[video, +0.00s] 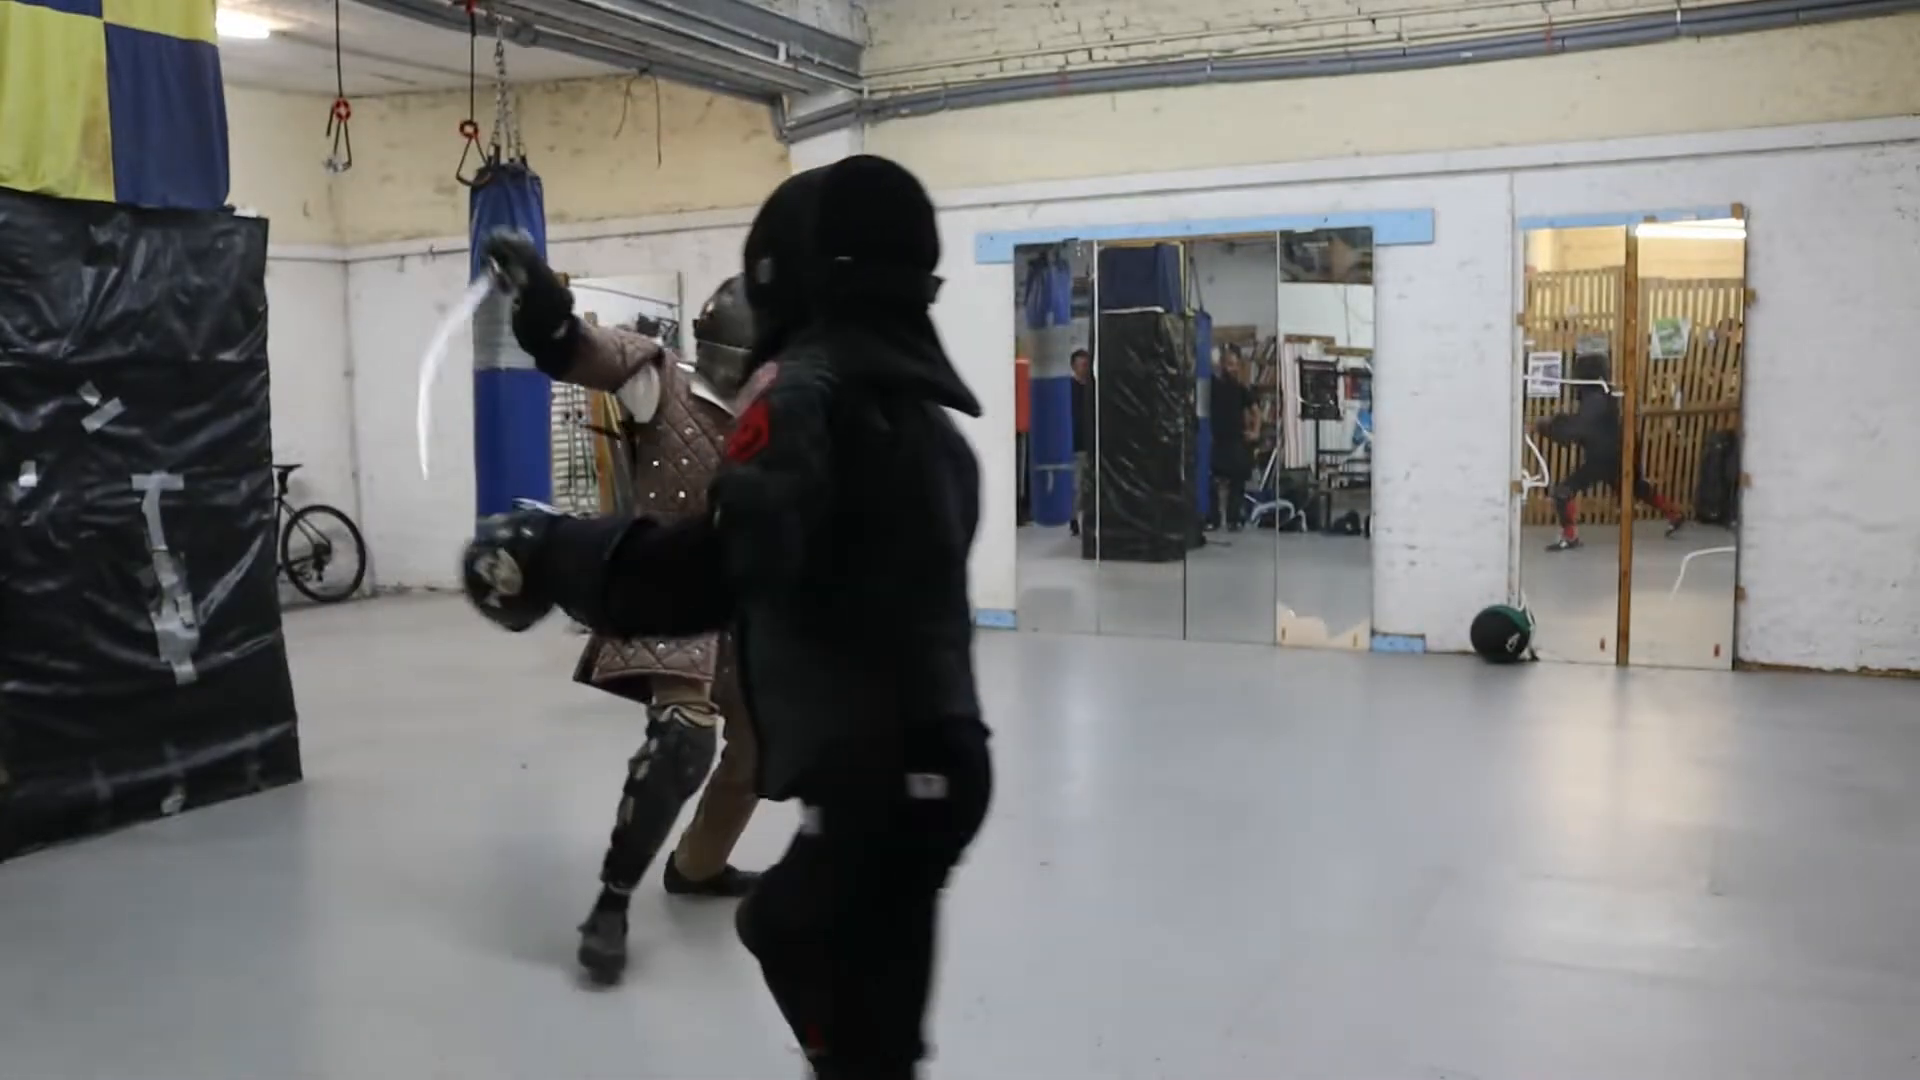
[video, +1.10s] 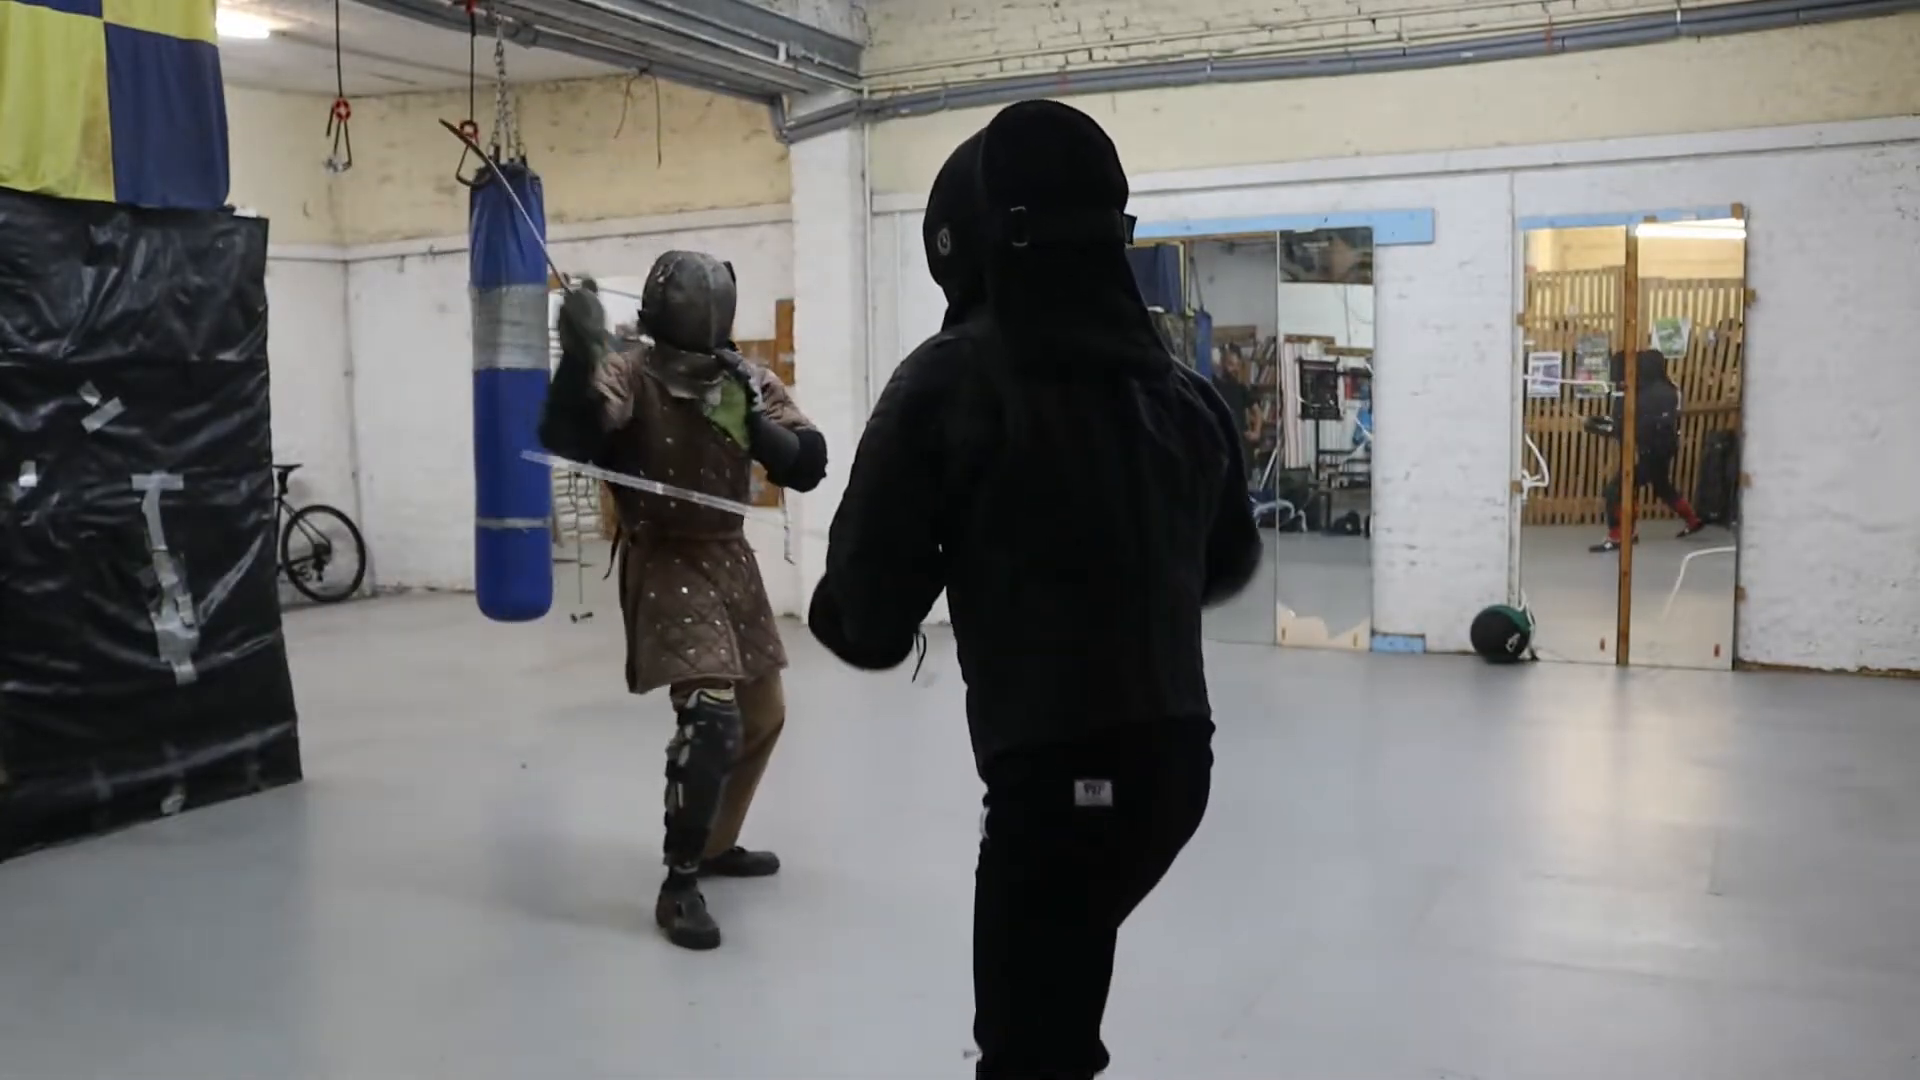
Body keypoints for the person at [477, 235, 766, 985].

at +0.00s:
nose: (738, 340)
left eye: (750, 328)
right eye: (731, 325)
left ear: (769, 340)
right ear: (710, 327)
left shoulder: (775, 405)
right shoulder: (661, 373)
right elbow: (593, 357)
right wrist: (545, 308)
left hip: (750, 603)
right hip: (671, 597)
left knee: (756, 747)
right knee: (684, 742)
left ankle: (700, 865)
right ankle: (612, 905)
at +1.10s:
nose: (695, 352)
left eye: (709, 337)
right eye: (682, 337)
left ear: (728, 326)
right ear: (657, 323)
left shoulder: (746, 378)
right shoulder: (631, 370)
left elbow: (811, 463)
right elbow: (568, 435)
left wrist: (752, 424)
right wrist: (579, 362)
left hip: (730, 551)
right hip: (664, 554)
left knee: (764, 714)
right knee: (712, 719)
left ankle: (714, 846)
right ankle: (679, 884)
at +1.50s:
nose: (707, 359)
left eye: (716, 344)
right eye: (692, 345)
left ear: (732, 342)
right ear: (662, 345)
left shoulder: (739, 402)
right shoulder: (637, 425)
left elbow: (792, 462)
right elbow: (672, 550)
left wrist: (775, 467)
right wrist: (771, 609)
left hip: (733, 592)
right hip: (669, 599)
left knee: (780, 726)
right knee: (718, 733)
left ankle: (721, 851)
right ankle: (675, 905)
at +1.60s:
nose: (712, 362)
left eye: (720, 347)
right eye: (696, 349)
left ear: (733, 344)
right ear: (666, 350)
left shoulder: (739, 405)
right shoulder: (640, 431)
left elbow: (792, 468)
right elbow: (673, 553)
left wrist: (786, 484)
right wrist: (764, 608)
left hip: (732, 591)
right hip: (669, 598)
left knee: (781, 724)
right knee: (723, 733)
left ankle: (720, 852)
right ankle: (675, 906)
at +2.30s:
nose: (761, 363)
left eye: (757, 347)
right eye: (748, 347)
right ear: (718, 360)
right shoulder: (682, 439)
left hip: (711, 623)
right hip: (697, 628)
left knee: (755, 765)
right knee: (773, 795)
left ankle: (679, 876)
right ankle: (682, 969)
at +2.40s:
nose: (759, 367)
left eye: (758, 353)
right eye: (751, 353)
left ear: (690, 353)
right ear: (722, 354)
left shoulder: (692, 421)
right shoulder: (679, 440)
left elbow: (609, 519)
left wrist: (639, 589)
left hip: (724, 619)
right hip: (691, 632)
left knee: (801, 750)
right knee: (778, 805)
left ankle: (702, 853)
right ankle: (682, 972)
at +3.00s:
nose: (765, 344)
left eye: (778, 326)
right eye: (748, 327)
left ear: (796, 315)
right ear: (710, 312)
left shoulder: (817, 381)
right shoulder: (670, 382)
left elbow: (848, 480)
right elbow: (634, 515)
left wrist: (836, 537)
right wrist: (725, 544)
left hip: (807, 596)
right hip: (727, 609)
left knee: (813, 767)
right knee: (813, 782)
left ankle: (734, 876)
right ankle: (732, 951)